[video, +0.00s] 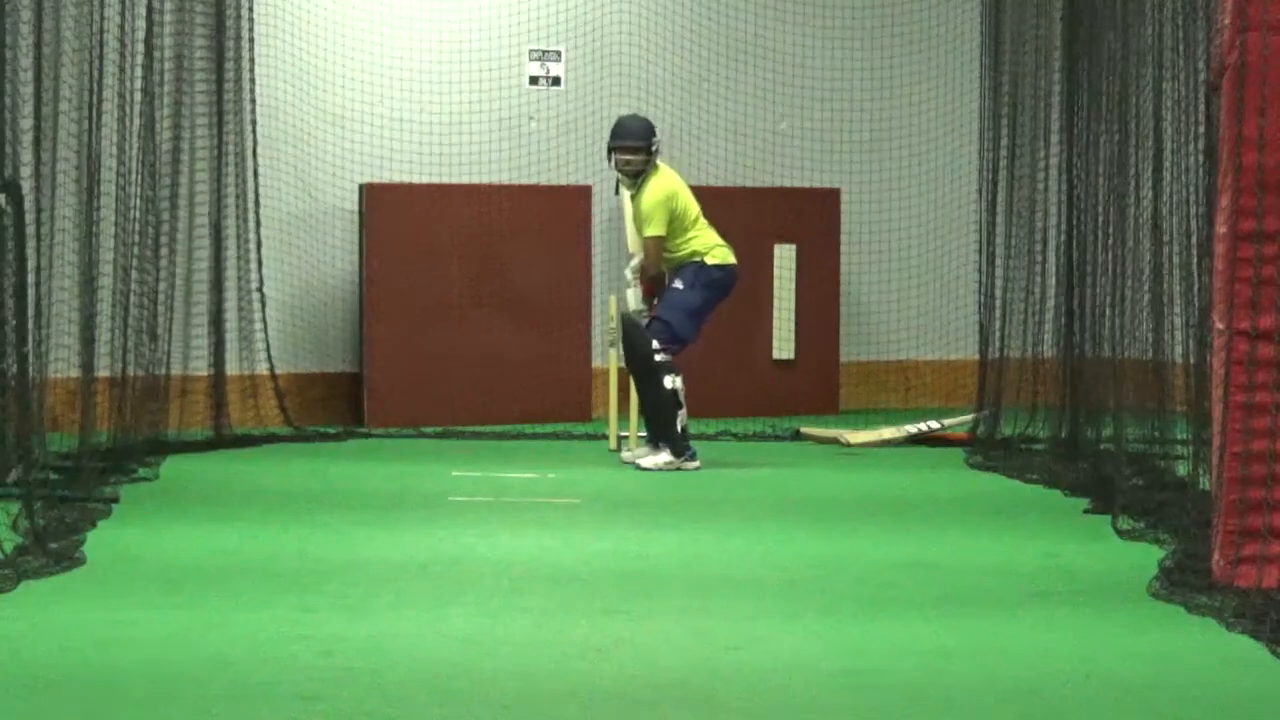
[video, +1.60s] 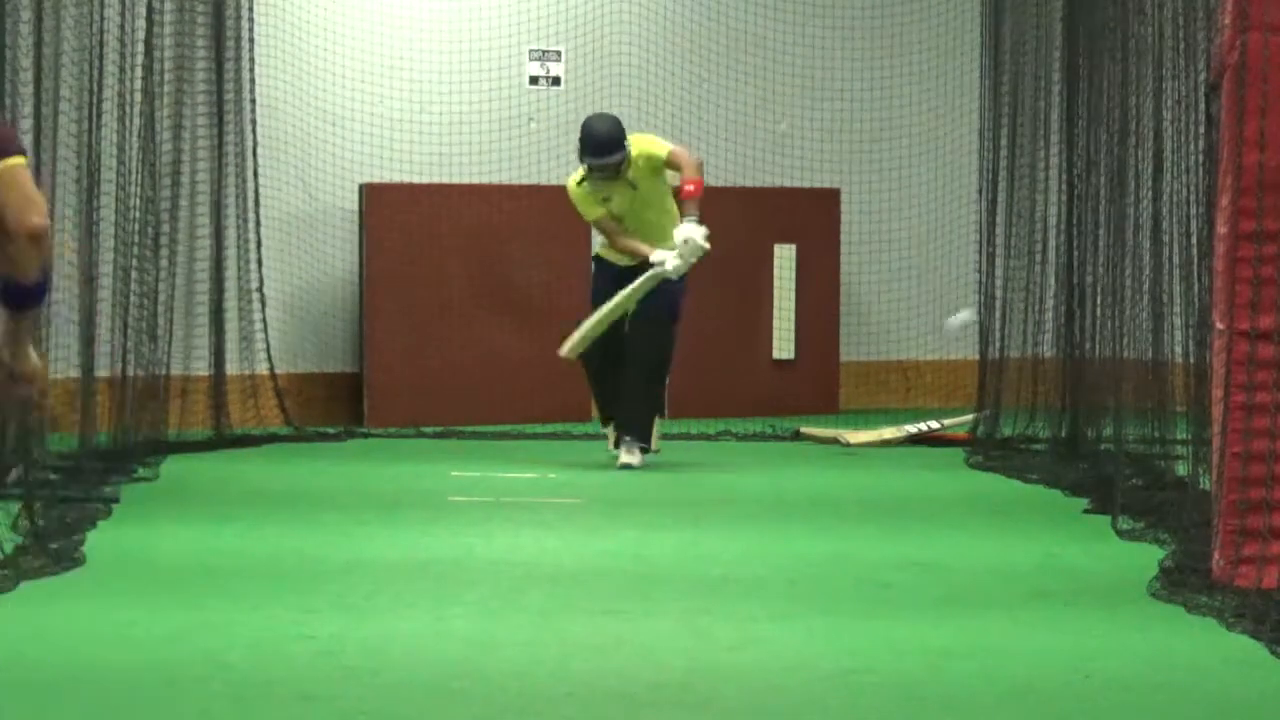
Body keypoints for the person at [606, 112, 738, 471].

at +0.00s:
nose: (628, 159)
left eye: (636, 152)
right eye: (621, 152)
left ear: (651, 154)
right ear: (611, 154)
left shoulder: (656, 191)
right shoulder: (632, 182)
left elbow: (652, 265)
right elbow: (642, 231)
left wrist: (645, 279)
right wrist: (640, 262)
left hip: (709, 264)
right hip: (687, 264)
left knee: (654, 347)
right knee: (644, 345)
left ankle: (678, 450)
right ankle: (659, 444)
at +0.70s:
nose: (619, 159)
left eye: (628, 151)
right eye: (612, 151)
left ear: (641, 152)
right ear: (601, 154)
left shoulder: (648, 188)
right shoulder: (621, 182)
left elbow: (649, 263)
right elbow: (636, 231)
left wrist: (642, 279)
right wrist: (635, 259)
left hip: (703, 260)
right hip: (678, 261)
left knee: (653, 344)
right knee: (641, 342)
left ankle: (678, 449)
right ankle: (661, 440)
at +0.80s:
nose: (616, 160)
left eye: (625, 151)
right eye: (608, 152)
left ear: (636, 153)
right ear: (597, 155)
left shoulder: (644, 189)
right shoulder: (616, 178)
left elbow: (649, 260)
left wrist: (643, 284)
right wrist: (629, 251)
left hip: (699, 258)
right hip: (675, 259)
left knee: (655, 344)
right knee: (645, 342)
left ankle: (677, 448)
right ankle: (664, 439)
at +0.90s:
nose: (611, 165)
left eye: (619, 156)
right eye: (603, 158)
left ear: (631, 157)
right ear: (591, 160)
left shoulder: (643, 193)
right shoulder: (603, 180)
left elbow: (652, 264)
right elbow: (620, 217)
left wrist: (634, 276)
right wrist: (618, 239)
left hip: (698, 254)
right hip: (672, 257)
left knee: (654, 342)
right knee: (642, 341)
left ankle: (672, 446)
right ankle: (662, 438)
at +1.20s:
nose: (601, 191)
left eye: (608, 183)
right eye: (593, 185)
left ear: (620, 173)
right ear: (582, 179)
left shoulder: (641, 184)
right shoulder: (583, 195)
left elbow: (658, 239)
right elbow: (591, 234)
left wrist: (625, 281)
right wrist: (596, 256)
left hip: (681, 257)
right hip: (644, 262)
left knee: (648, 340)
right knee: (614, 342)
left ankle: (622, 443)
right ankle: (663, 438)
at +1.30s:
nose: (602, 188)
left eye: (608, 179)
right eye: (593, 181)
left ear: (621, 170)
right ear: (582, 176)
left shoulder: (639, 166)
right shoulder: (582, 206)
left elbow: (660, 168)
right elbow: (611, 248)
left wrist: (643, 222)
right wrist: (624, 257)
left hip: (675, 254)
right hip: (635, 266)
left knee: (650, 339)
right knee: (619, 344)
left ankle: (623, 442)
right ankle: (663, 437)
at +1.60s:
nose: (607, 174)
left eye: (614, 166)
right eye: (598, 169)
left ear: (626, 151)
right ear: (584, 159)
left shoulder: (646, 151)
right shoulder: (580, 187)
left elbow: (690, 162)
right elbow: (614, 234)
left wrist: (690, 220)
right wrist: (655, 254)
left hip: (662, 255)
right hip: (613, 260)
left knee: (648, 345)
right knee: (603, 345)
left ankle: (633, 438)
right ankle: (616, 421)